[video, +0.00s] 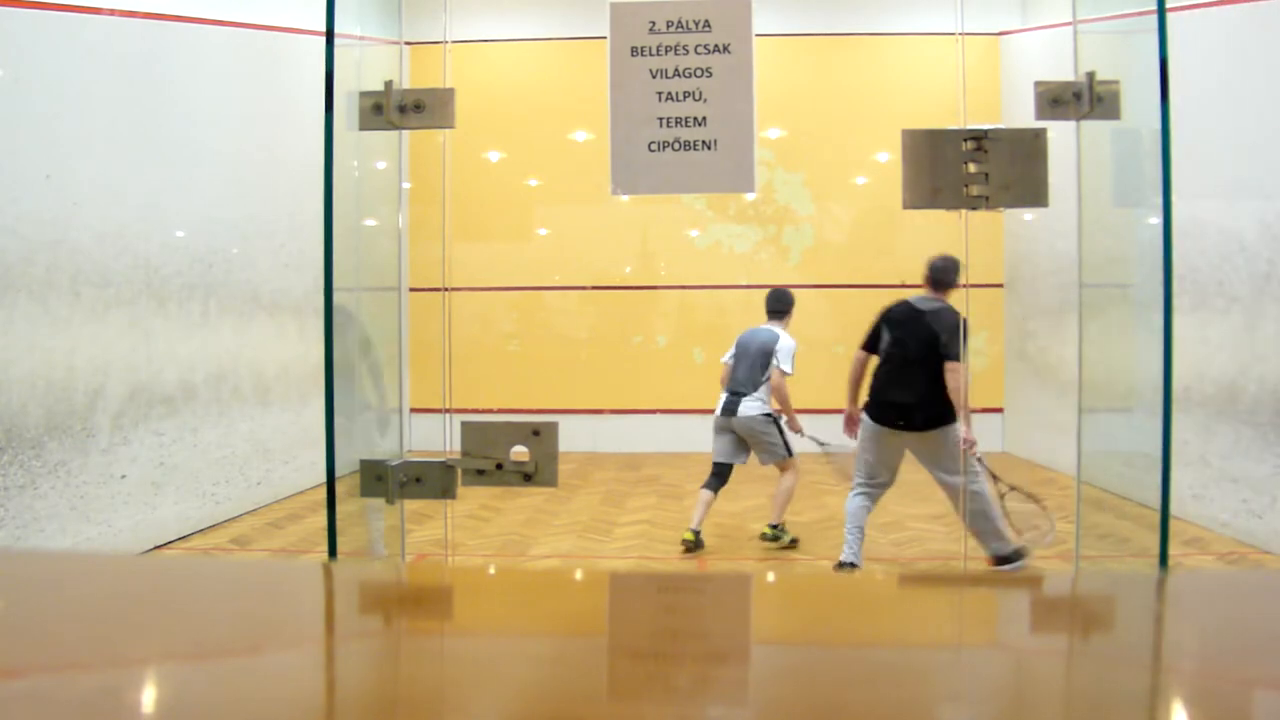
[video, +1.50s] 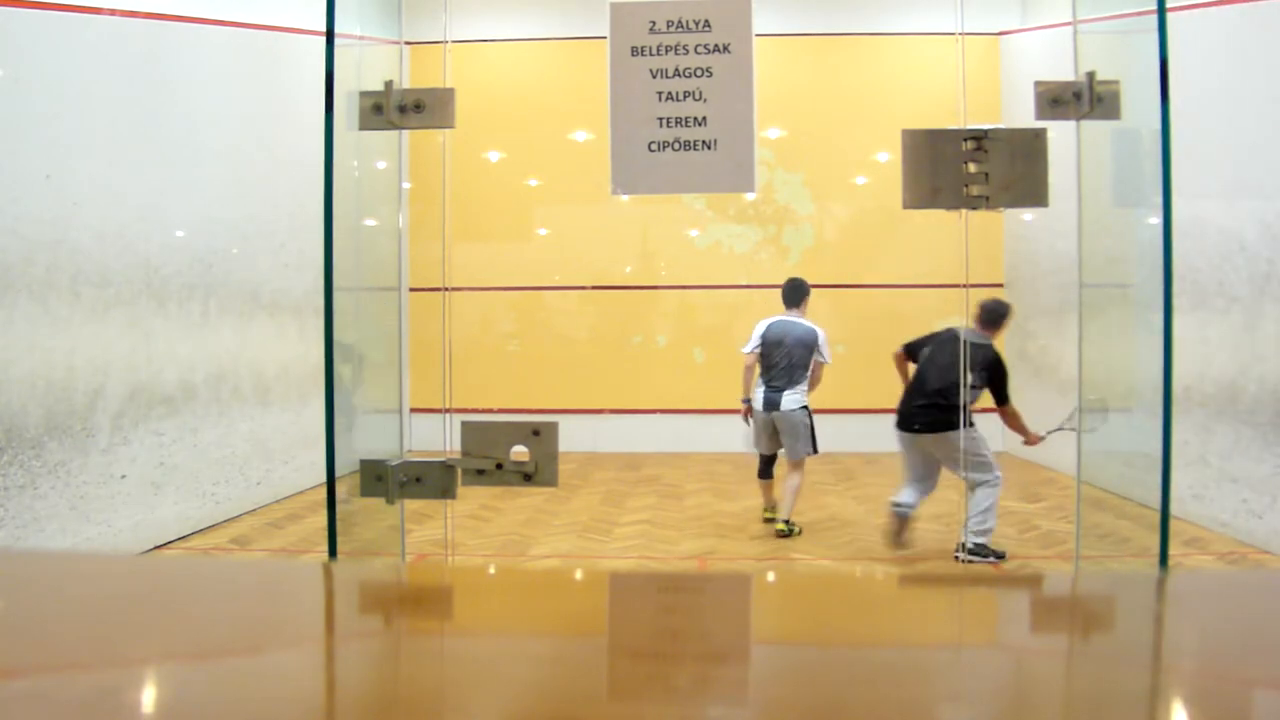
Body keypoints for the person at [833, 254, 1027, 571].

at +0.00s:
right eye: (955, 282)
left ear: (925, 279)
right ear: (954, 284)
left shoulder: (894, 312)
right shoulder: (951, 321)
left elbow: (861, 358)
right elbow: (954, 373)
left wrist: (851, 405)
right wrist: (965, 423)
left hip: (882, 414)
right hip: (931, 419)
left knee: (865, 486)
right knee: (966, 480)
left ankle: (849, 555)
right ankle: (1001, 549)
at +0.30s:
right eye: (913, 261)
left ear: (881, 259)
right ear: (912, 262)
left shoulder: (856, 297)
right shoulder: (920, 300)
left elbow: (835, 354)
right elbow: (944, 353)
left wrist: (832, 398)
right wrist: (975, 392)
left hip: (859, 405)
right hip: (908, 408)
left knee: (857, 480)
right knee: (923, 480)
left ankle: (847, 555)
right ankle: (934, 553)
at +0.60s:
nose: (899, 264)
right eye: (900, 260)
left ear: (868, 257)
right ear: (898, 261)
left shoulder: (842, 298)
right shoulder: (906, 299)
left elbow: (821, 350)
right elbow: (934, 351)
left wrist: (817, 396)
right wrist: (970, 379)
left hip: (849, 405)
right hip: (895, 407)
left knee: (847, 482)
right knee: (916, 476)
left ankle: (846, 553)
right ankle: (920, 546)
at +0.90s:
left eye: (876, 262)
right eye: (903, 266)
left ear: (872, 264)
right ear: (903, 268)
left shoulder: (847, 301)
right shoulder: (911, 306)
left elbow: (820, 350)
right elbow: (935, 362)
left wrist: (815, 396)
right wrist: (960, 397)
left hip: (852, 406)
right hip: (899, 408)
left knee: (841, 477)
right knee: (911, 480)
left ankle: (843, 547)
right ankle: (911, 547)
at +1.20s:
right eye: (912, 303)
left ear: (883, 305)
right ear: (912, 307)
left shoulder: (860, 337)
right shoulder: (916, 344)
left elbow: (839, 372)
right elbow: (937, 397)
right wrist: (958, 436)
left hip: (856, 431)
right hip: (899, 432)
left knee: (832, 496)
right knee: (940, 469)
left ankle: (809, 560)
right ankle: (937, 540)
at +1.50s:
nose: (1000, 328)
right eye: (1002, 324)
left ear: (976, 317)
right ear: (1001, 326)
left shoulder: (946, 336)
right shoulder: (990, 356)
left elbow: (900, 355)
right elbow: (1005, 410)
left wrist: (910, 389)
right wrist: (1027, 434)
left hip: (910, 417)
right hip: (948, 421)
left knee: (920, 479)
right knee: (987, 479)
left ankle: (902, 505)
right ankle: (974, 543)